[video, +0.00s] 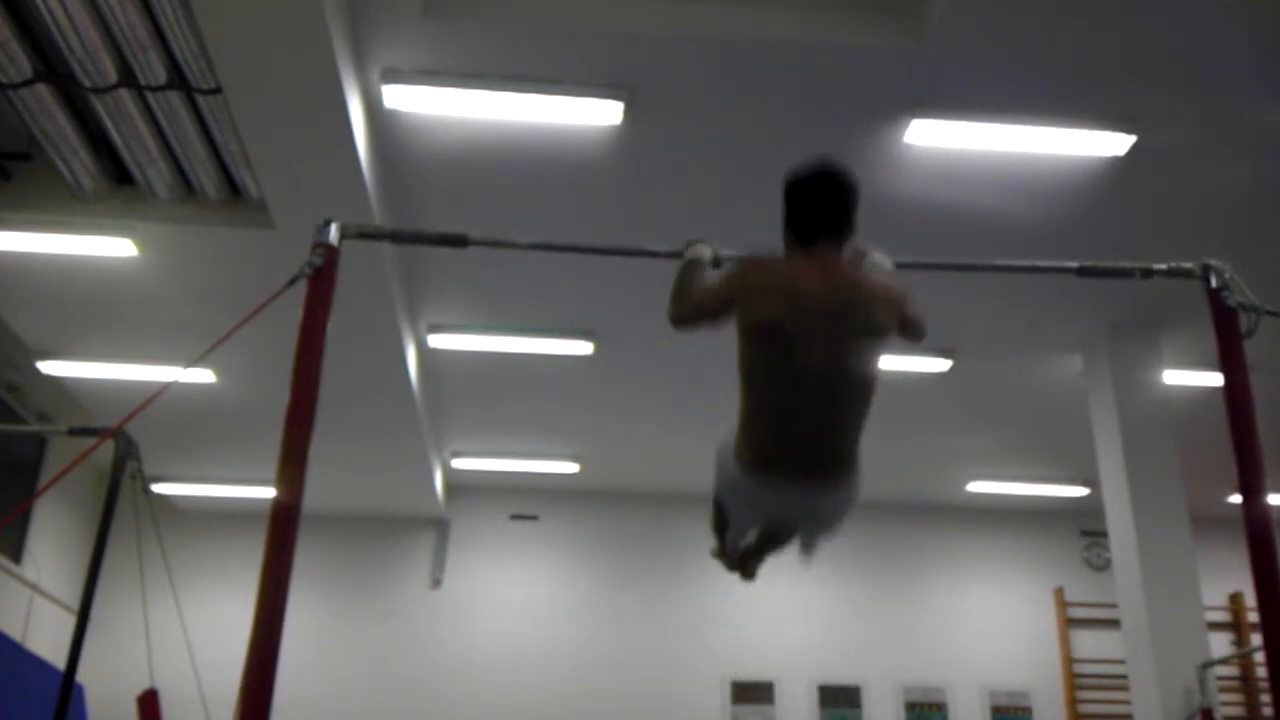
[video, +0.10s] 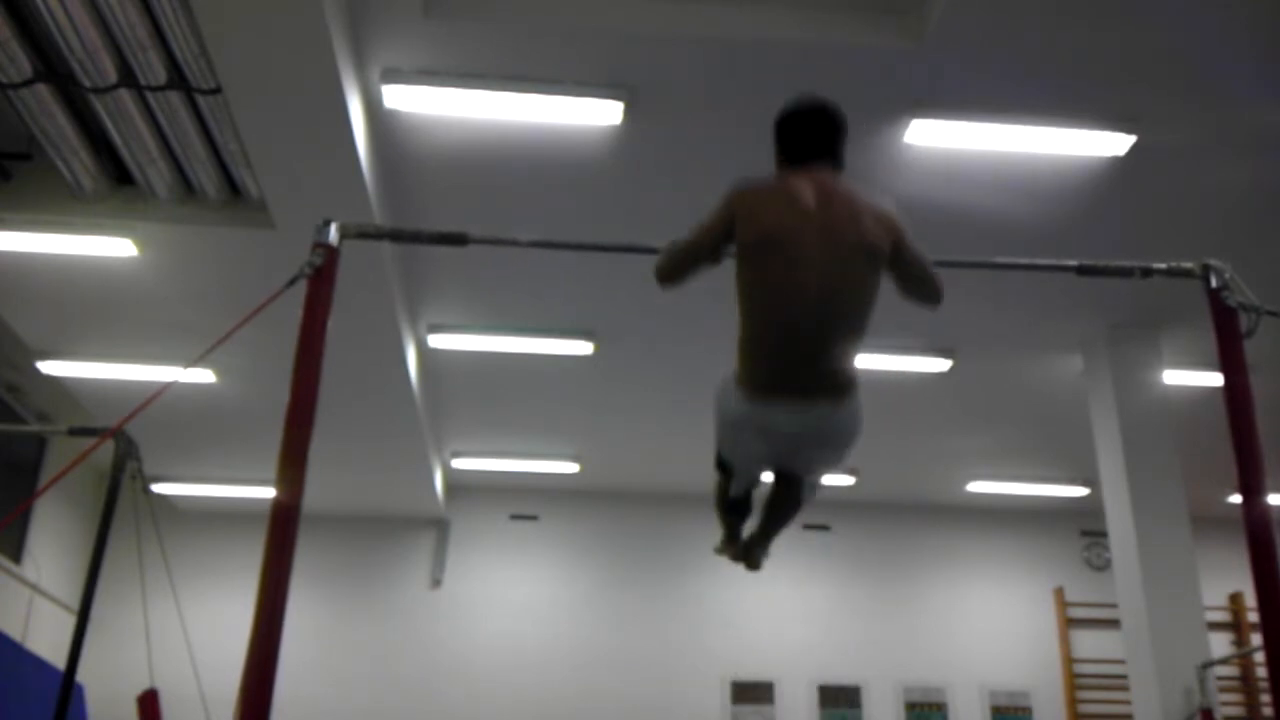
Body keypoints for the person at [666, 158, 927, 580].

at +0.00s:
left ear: (787, 220)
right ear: (849, 226)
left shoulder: (757, 280)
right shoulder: (873, 294)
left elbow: (683, 312)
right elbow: (914, 330)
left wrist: (695, 261)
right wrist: (882, 276)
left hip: (758, 479)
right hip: (829, 487)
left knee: (730, 493)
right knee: (789, 524)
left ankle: (729, 548)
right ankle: (753, 558)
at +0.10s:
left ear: (778, 150)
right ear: (841, 153)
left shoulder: (748, 205)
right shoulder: (874, 220)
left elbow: (669, 271)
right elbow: (929, 292)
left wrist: (701, 245)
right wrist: (881, 249)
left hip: (752, 413)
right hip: (828, 419)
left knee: (734, 468)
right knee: (797, 471)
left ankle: (731, 537)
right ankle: (758, 546)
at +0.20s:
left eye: (766, 131)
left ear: (763, 127)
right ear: (822, 130)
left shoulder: (739, 159)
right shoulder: (857, 171)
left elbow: (669, 218)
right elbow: (929, 242)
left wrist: (702, 248)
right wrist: (873, 248)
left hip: (757, 359)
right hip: (832, 365)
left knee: (739, 459)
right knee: (797, 466)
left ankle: (736, 538)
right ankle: (763, 547)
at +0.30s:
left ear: (753, 140)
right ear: (810, 142)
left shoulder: (735, 150)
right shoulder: (845, 160)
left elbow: (666, 166)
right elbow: (919, 193)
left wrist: (694, 234)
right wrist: (874, 238)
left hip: (758, 333)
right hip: (833, 334)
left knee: (745, 452)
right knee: (804, 459)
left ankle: (742, 549)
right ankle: (769, 555)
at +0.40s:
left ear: (748, 159)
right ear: (801, 156)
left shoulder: (727, 167)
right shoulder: (839, 170)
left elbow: (661, 153)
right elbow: (912, 171)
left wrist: (692, 231)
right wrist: (872, 243)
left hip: (758, 301)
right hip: (835, 301)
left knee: (750, 451)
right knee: (810, 455)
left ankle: (751, 570)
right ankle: (780, 574)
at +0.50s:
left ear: (743, 161)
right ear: (798, 155)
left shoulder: (720, 173)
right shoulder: (835, 173)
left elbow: (655, 160)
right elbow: (908, 173)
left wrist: (689, 230)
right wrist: (875, 238)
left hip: (756, 276)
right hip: (833, 276)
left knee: (755, 447)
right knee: (817, 453)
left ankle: (761, 587)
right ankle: (793, 588)